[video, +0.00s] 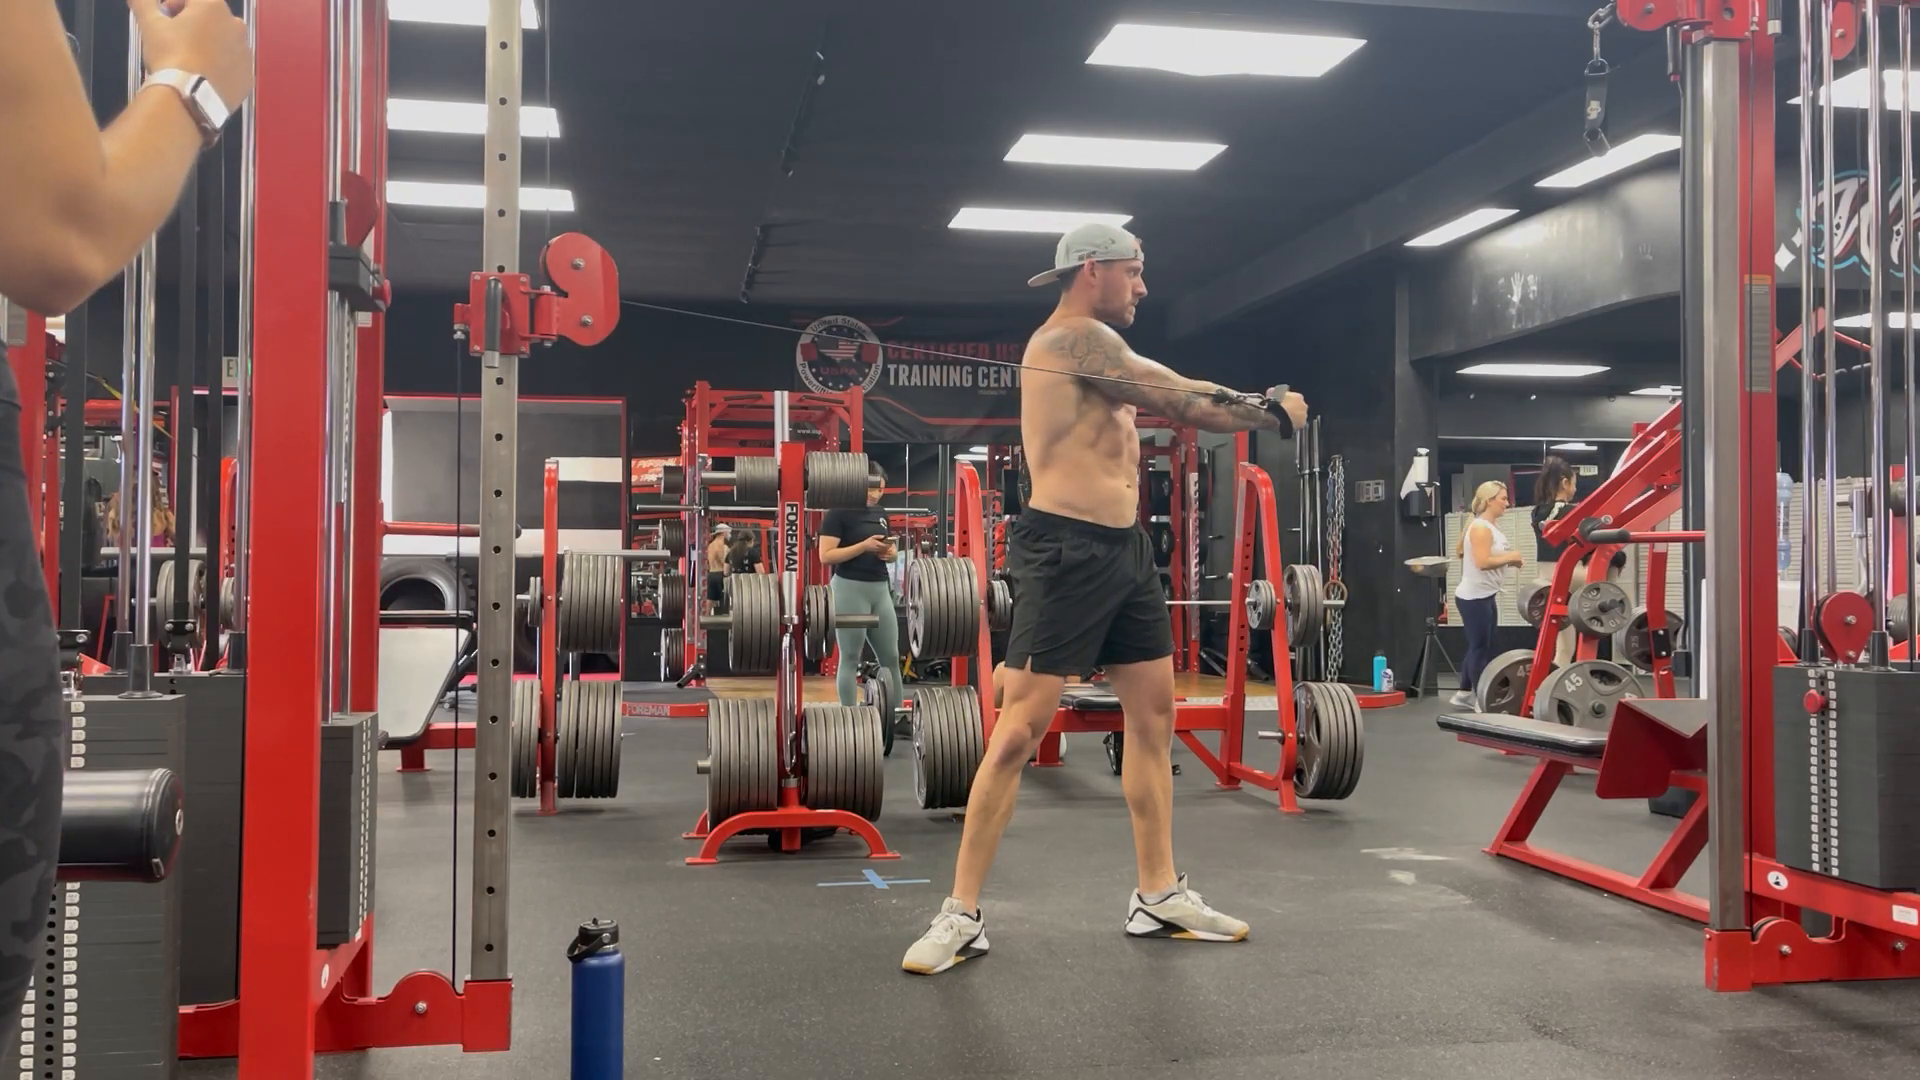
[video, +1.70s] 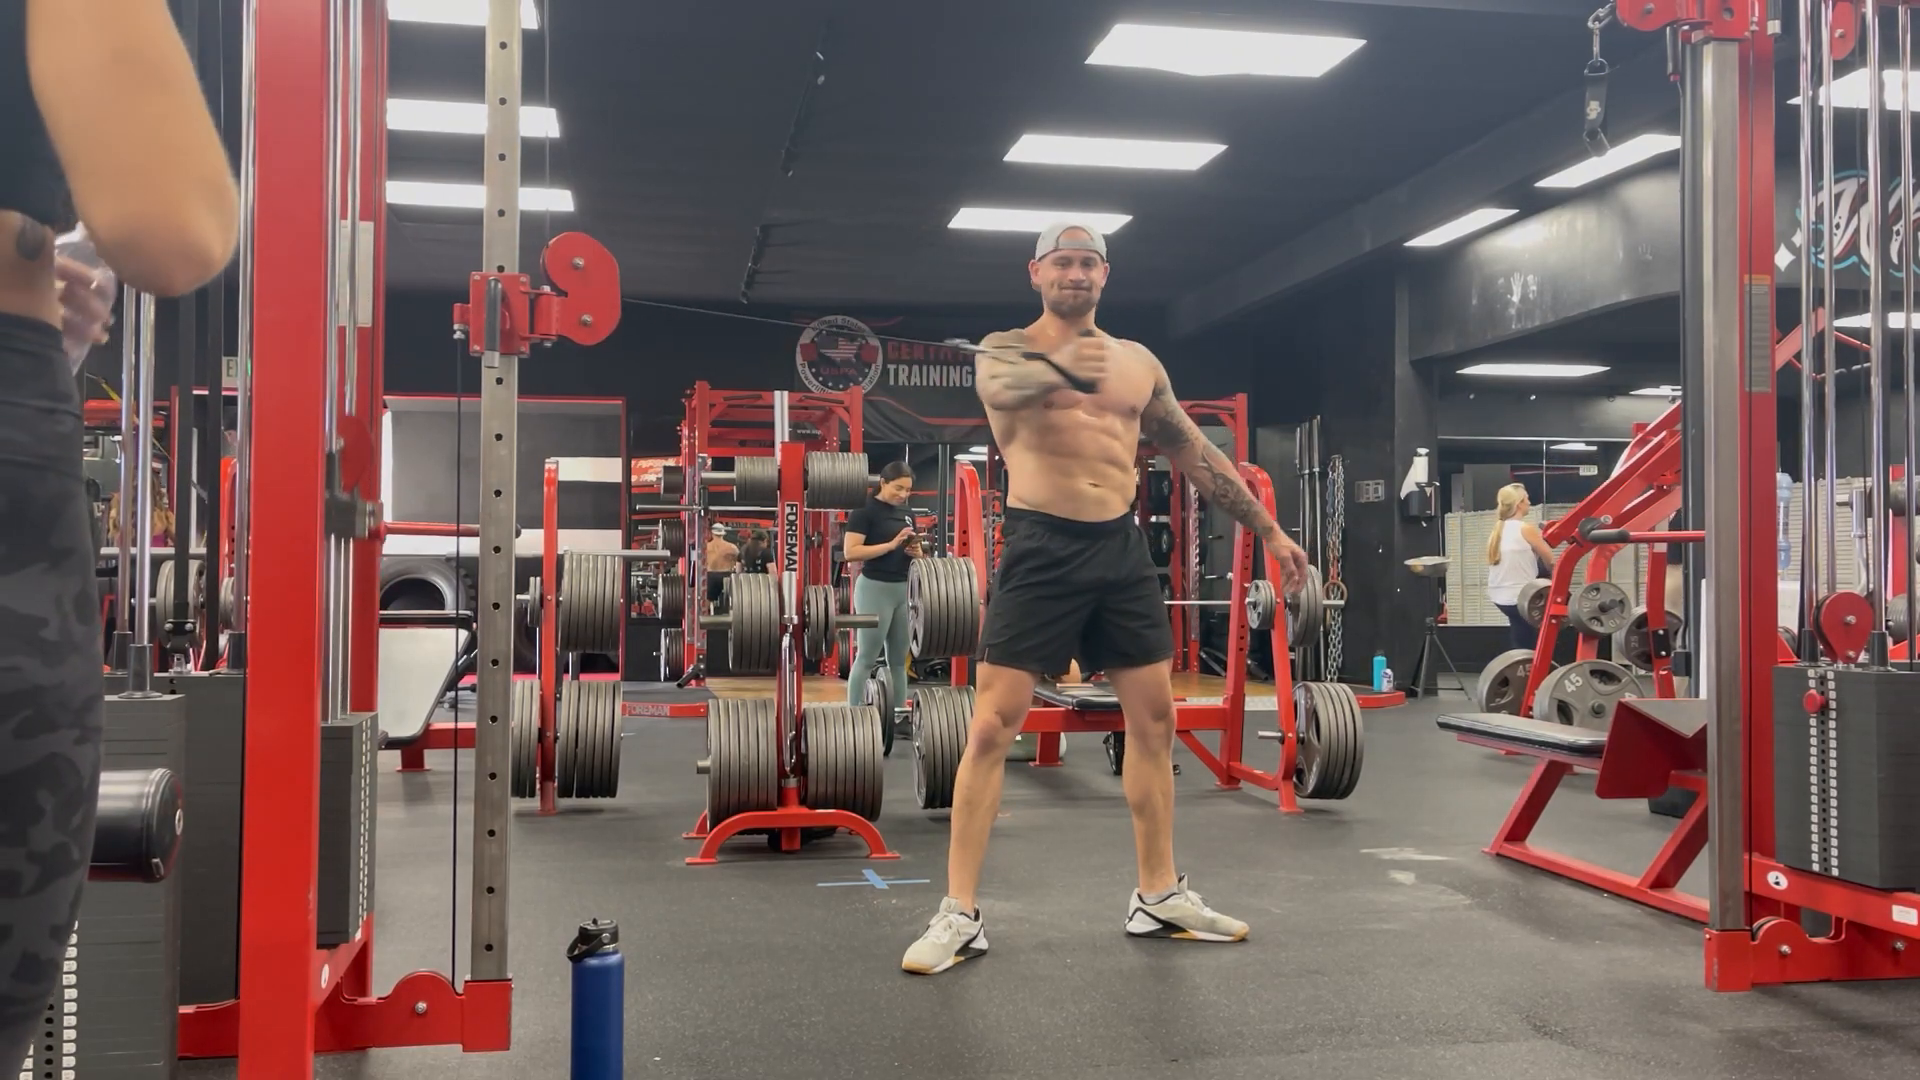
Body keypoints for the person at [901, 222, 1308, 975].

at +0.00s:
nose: (1142, 287)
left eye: (1141, 275)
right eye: (1133, 273)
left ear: (1093, 272)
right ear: (1093, 271)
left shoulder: (1100, 349)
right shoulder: (1070, 336)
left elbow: (1185, 404)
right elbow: (1165, 389)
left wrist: (1261, 408)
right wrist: (1263, 407)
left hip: (1126, 554)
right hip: (1061, 550)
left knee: (1153, 719)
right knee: (1014, 737)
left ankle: (1158, 895)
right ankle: (960, 912)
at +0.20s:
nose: (1138, 282)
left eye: (1138, 270)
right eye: (1127, 267)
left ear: (1093, 273)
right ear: (1082, 270)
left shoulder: (1111, 358)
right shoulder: (1058, 338)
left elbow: (1187, 404)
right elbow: (1156, 390)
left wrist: (1272, 402)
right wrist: (1268, 402)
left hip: (1128, 554)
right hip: (1057, 550)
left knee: (1155, 720)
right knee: (1011, 733)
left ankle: (1159, 895)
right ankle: (961, 910)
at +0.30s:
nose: (1132, 280)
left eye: (1132, 268)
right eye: (1120, 266)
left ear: (1093, 275)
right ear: (1073, 270)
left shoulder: (1110, 360)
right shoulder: (1044, 340)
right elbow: (1152, 388)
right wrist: (1267, 396)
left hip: (1129, 553)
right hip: (1056, 550)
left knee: (1155, 720)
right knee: (1009, 733)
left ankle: (1159, 895)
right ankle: (961, 910)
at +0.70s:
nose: (1107, 276)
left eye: (1111, 265)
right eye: (1091, 262)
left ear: (1112, 279)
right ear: (1049, 272)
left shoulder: (1129, 365)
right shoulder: (1016, 345)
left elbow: (1167, 463)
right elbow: (1077, 386)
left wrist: (1223, 540)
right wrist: (1190, 378)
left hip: (1134, 552)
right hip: (1048, 550)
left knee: (1155, 721)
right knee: (1000, 730)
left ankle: (1158, 895)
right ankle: (960, 910)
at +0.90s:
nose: (1085, 274)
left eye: (1096, 264)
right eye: (1069, 262)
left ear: (1107, 281)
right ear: (1038, 276)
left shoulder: (1133, 361)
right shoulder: (1009, 343)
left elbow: (1187, 457)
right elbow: (1022, 393)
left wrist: (1251, 536)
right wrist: (1102, 372)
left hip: (1132, 552)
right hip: (1047, 549)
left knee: (1157, 717)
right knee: (997, 727)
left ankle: (1157, 895)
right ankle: (960, 910)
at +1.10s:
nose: (1058, 272)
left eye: (1073, 261)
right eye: (1046, 262)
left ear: (1100, 279)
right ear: (1029, 279)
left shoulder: (1141, 360)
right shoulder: (1005, 346)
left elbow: (1209, 453)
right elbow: (970, 396)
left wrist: (1281, 527)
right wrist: (990, 377)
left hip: (1128, 551)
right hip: (1041, 551)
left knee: (1157, 718)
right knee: (994, 723)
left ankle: (1157, 894)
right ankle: (959, 909)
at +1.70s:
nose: (1077, 273)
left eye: (1089, 262)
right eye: (1064, 261)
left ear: (1106, 279)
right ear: (1036, 275)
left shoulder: (1139, 362)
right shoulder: (1004, 348)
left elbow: (1202, 458)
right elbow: (1001, 389)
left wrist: (1271, 532)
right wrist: (1058, 372)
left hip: (1122, 552)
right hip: (1038, 550)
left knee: (1154, 718)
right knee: (990, 726)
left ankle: (1158, 894)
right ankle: (959, 909)